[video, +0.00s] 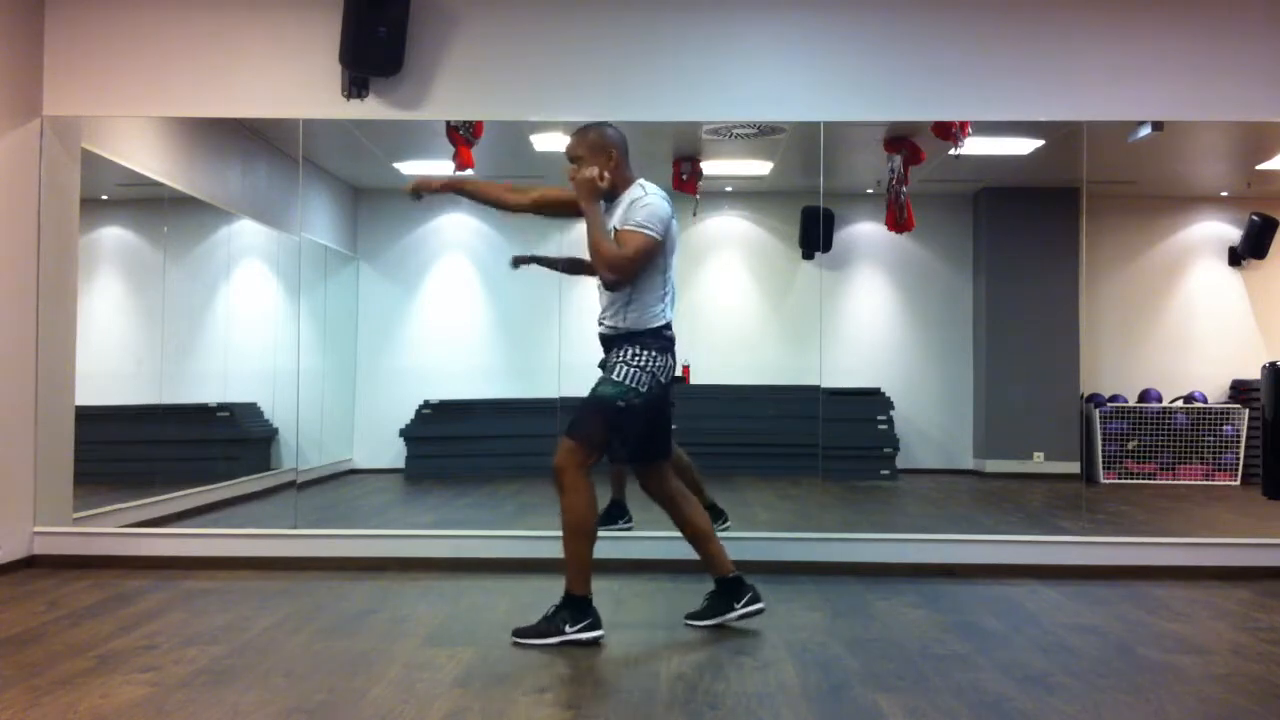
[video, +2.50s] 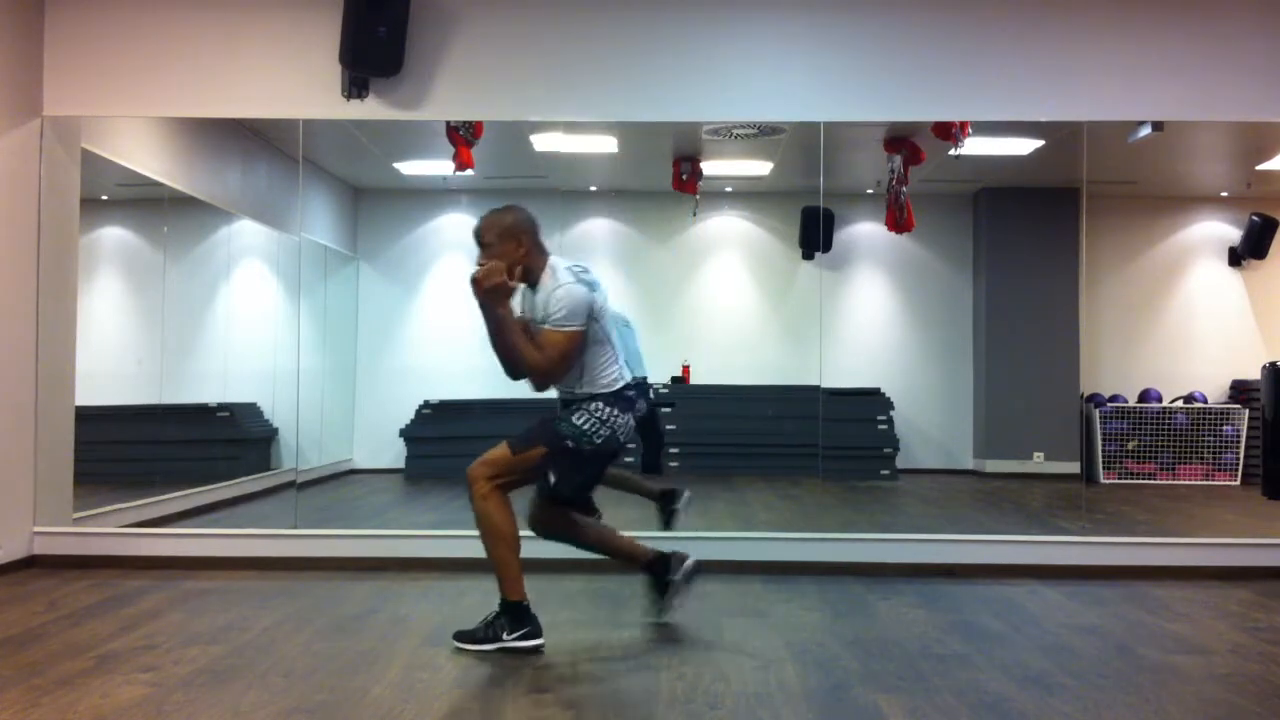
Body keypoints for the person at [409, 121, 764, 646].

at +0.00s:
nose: (572, 173)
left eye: (577, 163)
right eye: (572, 165)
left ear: (610, 163)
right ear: (606, 165)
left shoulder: (650, 204)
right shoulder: (612, 200)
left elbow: (613, 269)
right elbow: (523, 198)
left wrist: (590, 204)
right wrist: (450, 183)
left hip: (641, 354)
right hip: (630, 351)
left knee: (572, 462)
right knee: (658, 478)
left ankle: (577, 607)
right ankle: (731, 585)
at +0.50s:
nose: (577, 211)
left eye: (577, 204)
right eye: (576, 205)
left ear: (592, 190)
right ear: (623, 184)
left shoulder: (593, 215)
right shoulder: (675, 220)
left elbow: (580, 305)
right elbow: (674, 290)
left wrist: (580, 253)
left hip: (629, 356)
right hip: (675, 357)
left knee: (550, 467)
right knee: (672, 476)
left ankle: (562, 608)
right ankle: (706, 597)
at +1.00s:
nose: (575, 180)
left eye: (581, 170)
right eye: (576, 170)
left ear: (613, 175)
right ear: (615, 176)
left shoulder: (642, 223)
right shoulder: (621, 224)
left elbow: (651, 310)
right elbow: (584, 284)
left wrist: (591, 299)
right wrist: (563, 227)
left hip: (640, 368)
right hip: (647, 367)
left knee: (550, 469)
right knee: (649, 487)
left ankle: (564, 611)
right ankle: (724, 594)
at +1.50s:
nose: (590, 163)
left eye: (595, 154)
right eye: (591, 155)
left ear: (622, 156)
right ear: (633, 155)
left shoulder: (637, 199)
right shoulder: (659, 200)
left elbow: (577, 268)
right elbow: (600, 272)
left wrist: (578, 195)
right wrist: (590, 207)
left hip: (642, 350)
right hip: (664, 349)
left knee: (570, 464)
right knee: (669, 475)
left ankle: (564, 610)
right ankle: (722, 595)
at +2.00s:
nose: (582, 180)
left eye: (588, 169)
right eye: (583, 169)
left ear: (617, 173)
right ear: (629, 174)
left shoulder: (625, 218)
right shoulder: (658, 218)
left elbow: (570, 288)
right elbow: (584, 286)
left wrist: (573, 219)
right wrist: (582, 220)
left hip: (627, 369)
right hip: (656, 369)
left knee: (536, 465)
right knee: (650, 488)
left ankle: (556, 603)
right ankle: (733, 582)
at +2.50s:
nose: (483, 260)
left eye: (488, 249)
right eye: (481, 251)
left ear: (519, 247)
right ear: (519, 248)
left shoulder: (570, 290)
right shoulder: (528, 292)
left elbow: (547, 371)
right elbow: (516, 367)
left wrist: (501, 309)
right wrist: (491, 307)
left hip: (603, 412)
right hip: (582, 410)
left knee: (484, 477)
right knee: (549, 518)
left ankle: (515, 615)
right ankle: (661, 565)